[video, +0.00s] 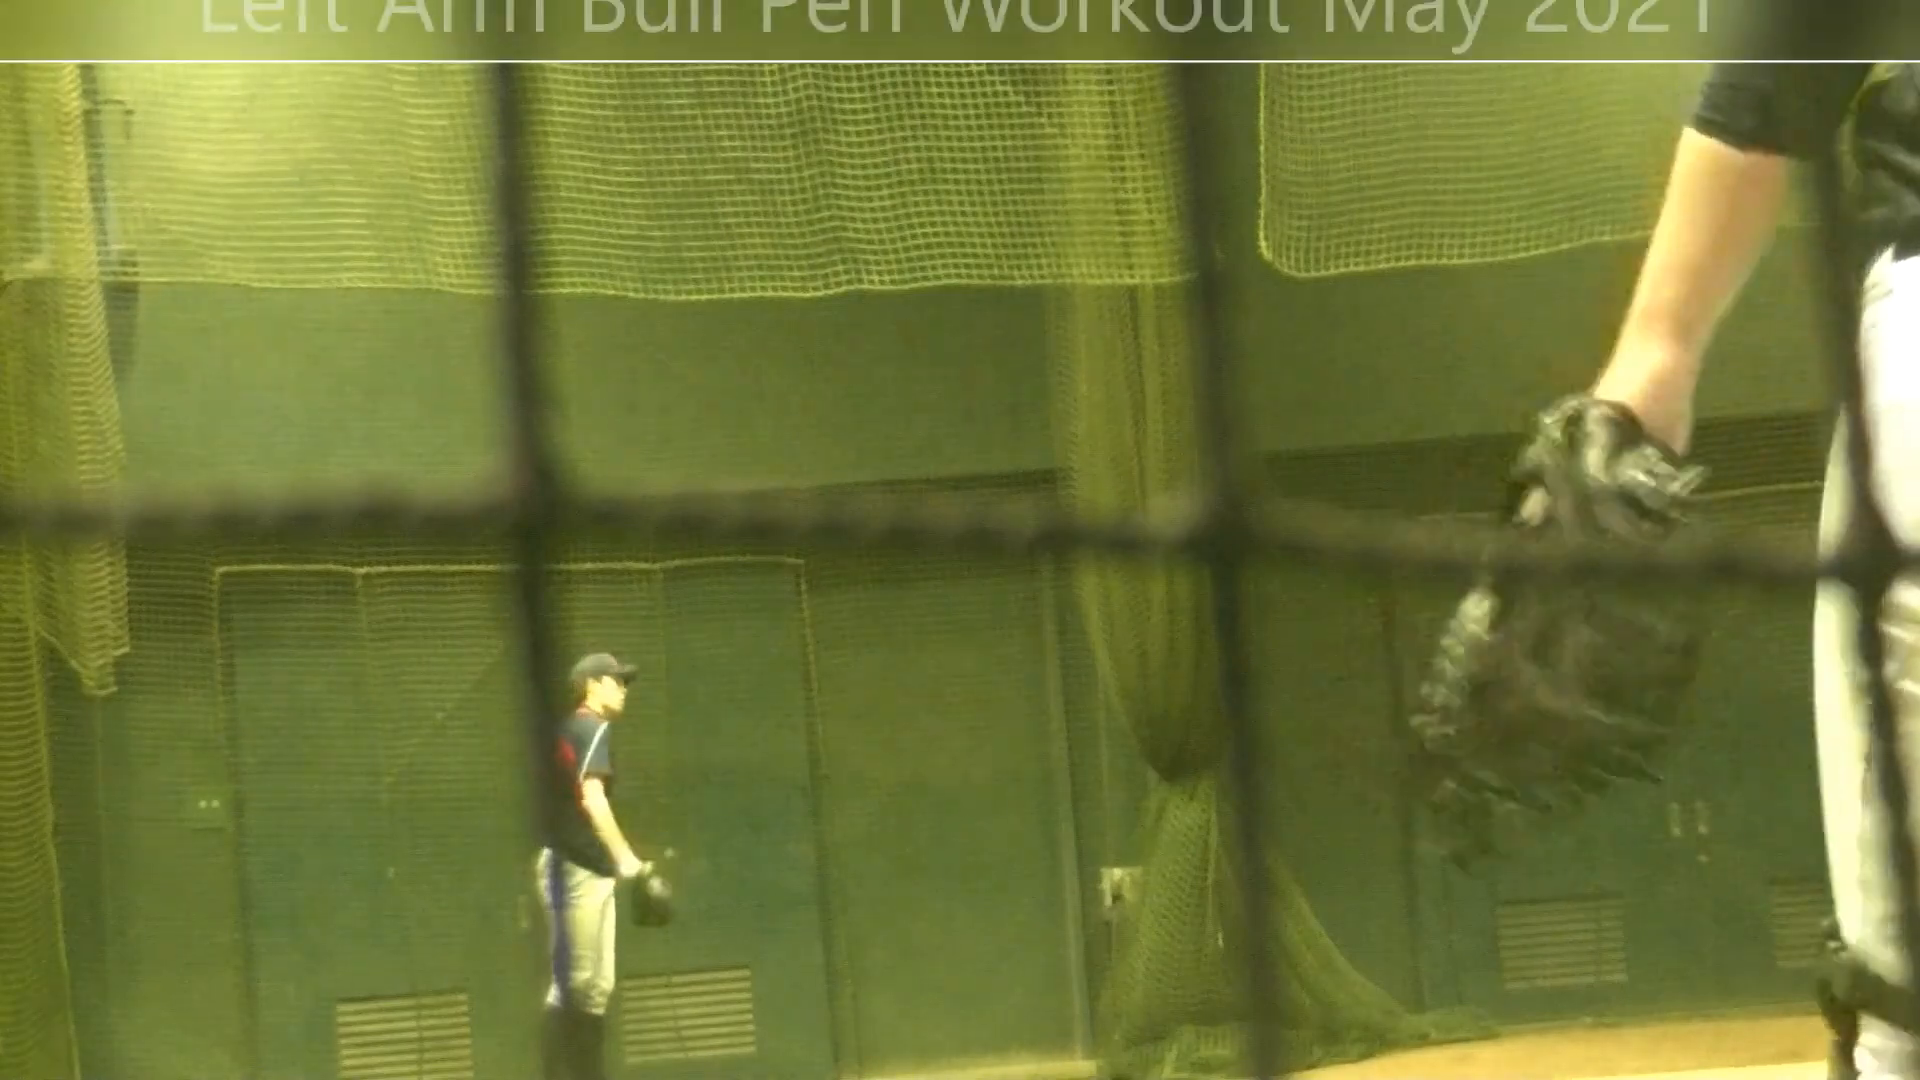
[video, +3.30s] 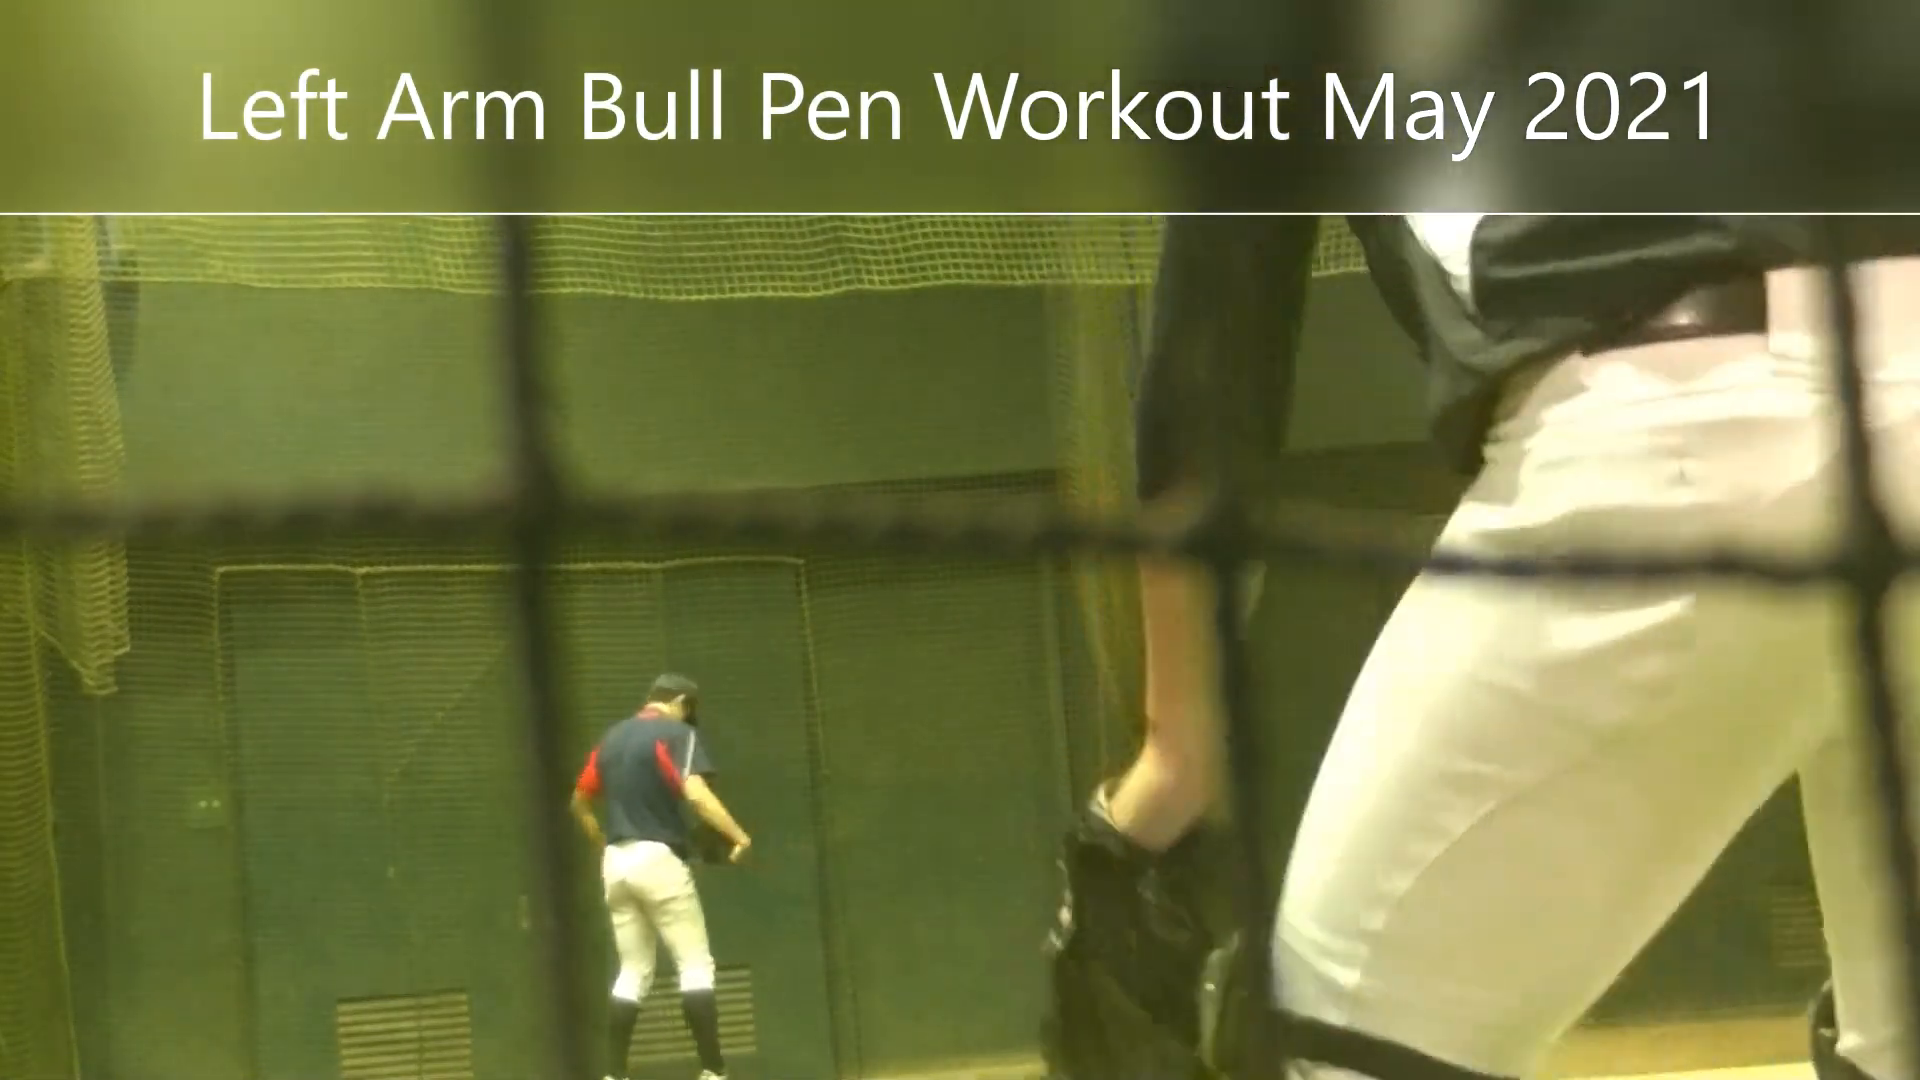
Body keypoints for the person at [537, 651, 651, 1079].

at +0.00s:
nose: (624, 690)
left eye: (622, 683)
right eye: (616, 682)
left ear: (592, 688)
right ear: (592, 686)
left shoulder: (583, 728)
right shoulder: (587, 727)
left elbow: (577, 801)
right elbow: (591, 794)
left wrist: (634, 869)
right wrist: (628, 861)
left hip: (593, 869)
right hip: (573, 867)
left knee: (596, 986)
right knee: (577, 986)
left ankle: (583, 1074)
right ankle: (565, 1075)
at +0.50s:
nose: (630, 694)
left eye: (628, 686)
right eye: (627, 686)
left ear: (596, 687)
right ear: (614, 686)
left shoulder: (578, 723)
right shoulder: (597, 719)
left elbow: (588, 795)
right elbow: (600, 770)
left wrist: (637, 844)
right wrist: (642, 820)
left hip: (580, 860)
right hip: (598, 862)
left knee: (600, 976)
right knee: (635, 968)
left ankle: (580, 1069)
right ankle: (604, 1070)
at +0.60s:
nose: (635, 694)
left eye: (633, 686)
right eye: (632, 686)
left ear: (600, 687)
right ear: (619, 686)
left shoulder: (584, 724)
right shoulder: (606, 719)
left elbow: (572, 791)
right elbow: (601, 761)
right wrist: (638, 814)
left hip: (584, 859)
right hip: (606, 861)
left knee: (604, 979)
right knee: (647, 967)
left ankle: (586, 1074)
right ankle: (645, 1071)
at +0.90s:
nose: (661, 695)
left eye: (659, 687)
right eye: (658, 688)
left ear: (624, 691)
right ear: (647, 689)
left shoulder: (600, 730)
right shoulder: (645, 724)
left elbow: (584, 801)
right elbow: (646, 788)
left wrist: (593, 854)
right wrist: (666, 847)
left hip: (601, 861)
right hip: (634, 861)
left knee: (619, 978)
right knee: (683, 967)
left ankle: (590, 1073)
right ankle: (710, 1072)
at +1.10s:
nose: (691, 690)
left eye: (688, 684)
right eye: (690, 685)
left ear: (648, 687)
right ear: (683, 686)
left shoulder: (616, 733)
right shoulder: (684, 729)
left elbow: (594, 800)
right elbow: (692, 793)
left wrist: (605, 861)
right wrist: (722, 850)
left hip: (621, 860)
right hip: (665, 858)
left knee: (643, 974)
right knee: (692, 971)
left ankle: (605, 1071)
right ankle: (710, 1072)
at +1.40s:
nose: (709, 693)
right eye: (712, 686)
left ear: (673, 690)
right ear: (712, 689)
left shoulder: (643, 729)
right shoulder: (727, 731)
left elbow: (601, 789)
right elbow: (754, 798)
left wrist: (613, 854)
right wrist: (775, 850)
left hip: (651, 857)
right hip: (702, 856)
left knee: (662, 957)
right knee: (709, 965)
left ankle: (660, 1059)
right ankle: (712, 1072)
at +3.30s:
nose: (687, 717)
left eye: (687, 711)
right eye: (688, 711)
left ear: (649, 700)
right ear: (679, 703)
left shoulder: (611, 737)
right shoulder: (677, 732)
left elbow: (580, 802)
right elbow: (694, 791)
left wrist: (607, 846)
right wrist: (738, 835)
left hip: (614, 862)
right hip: (659, 860)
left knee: (634, 968)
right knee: (694, 961)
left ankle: (614, 1072)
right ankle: (712, 1067)